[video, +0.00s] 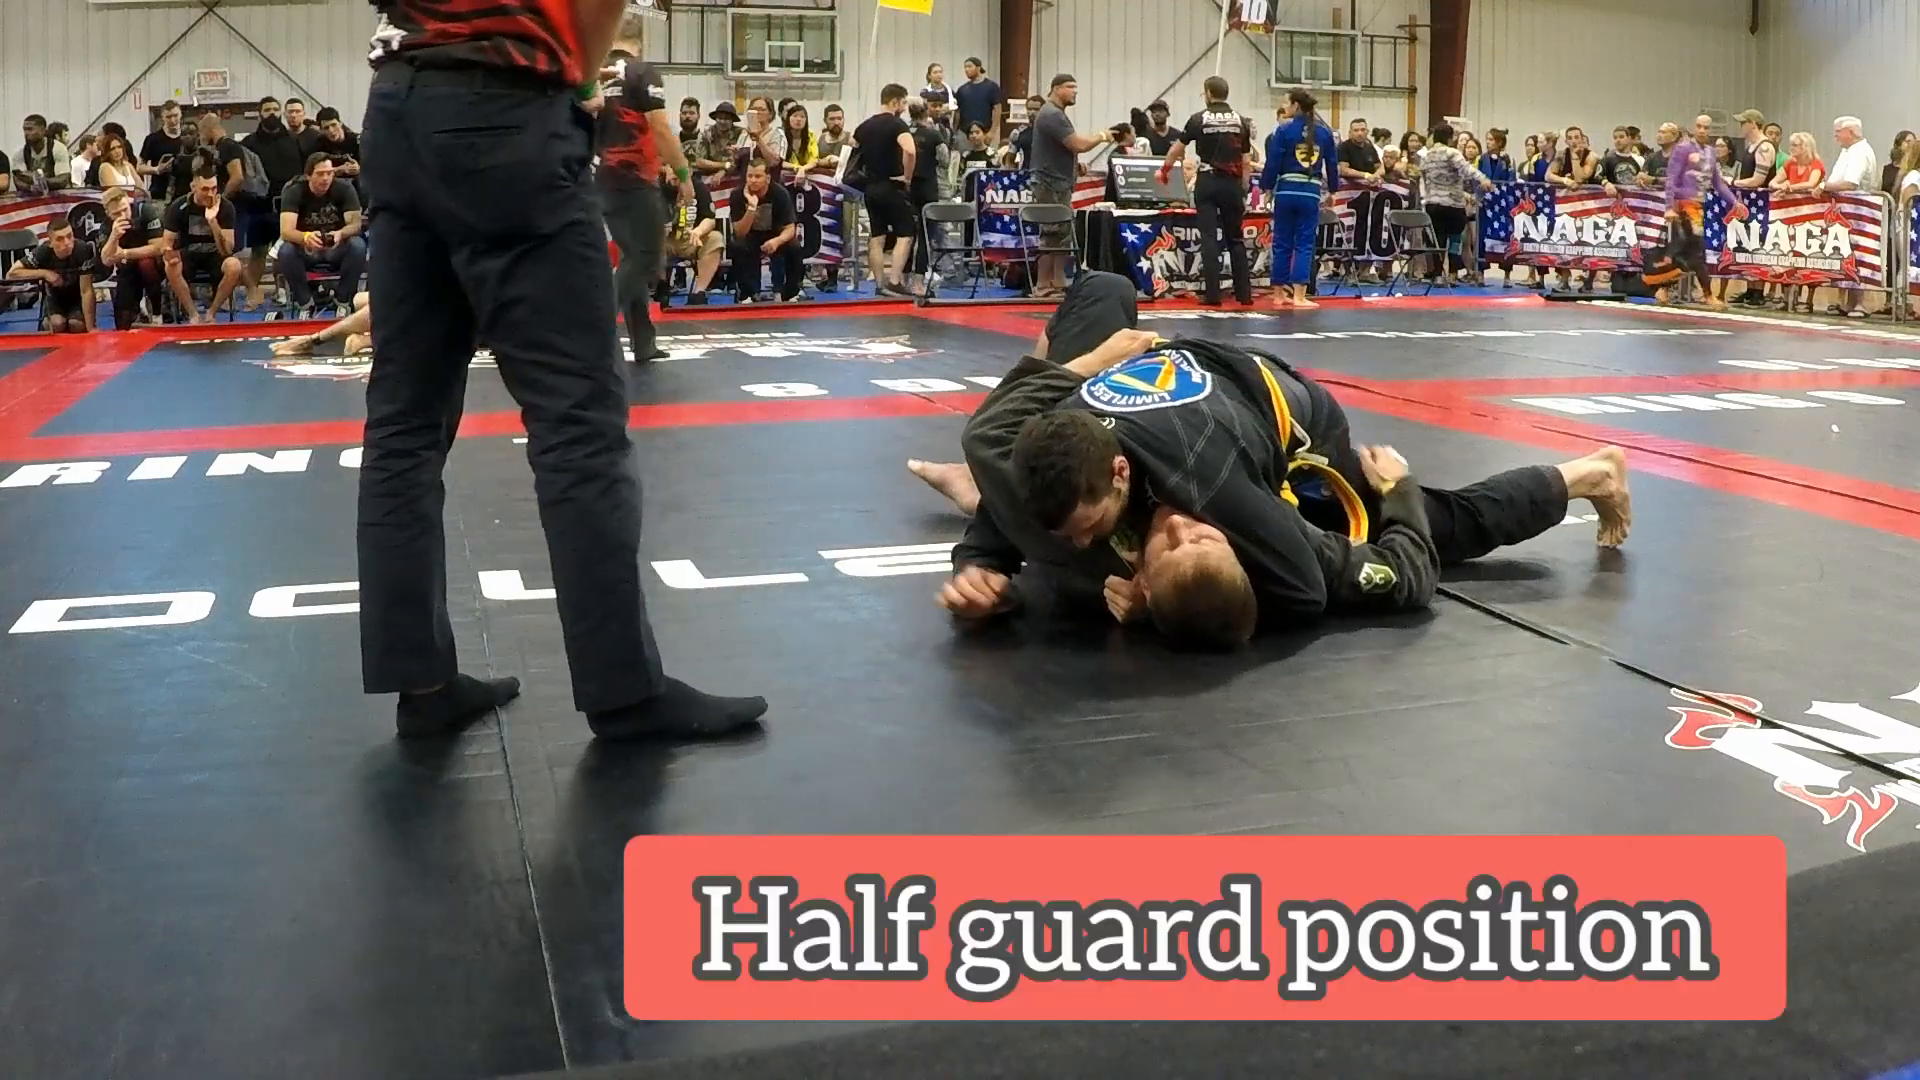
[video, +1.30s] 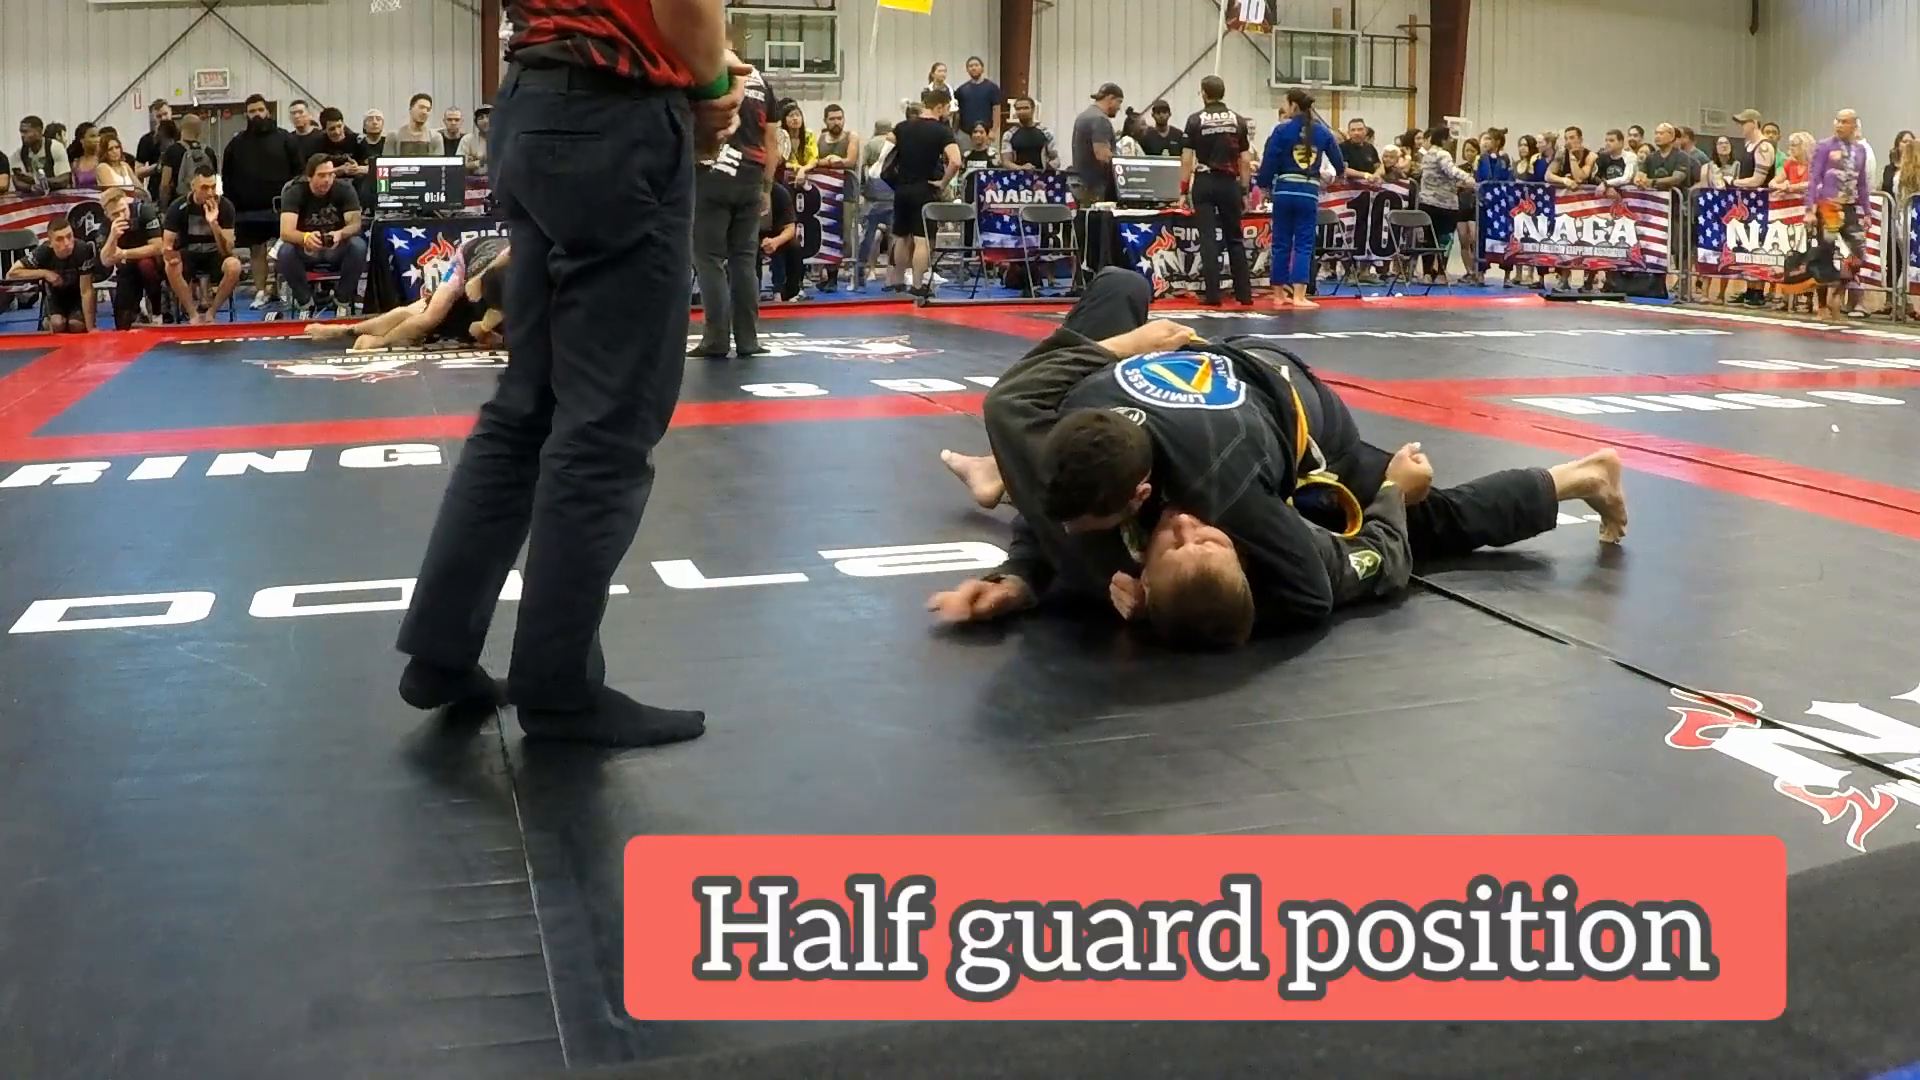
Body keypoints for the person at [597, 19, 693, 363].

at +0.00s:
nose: (645, 42)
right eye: (643, 37)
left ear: (612, 37)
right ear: (640, 39)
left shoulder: (596, 71)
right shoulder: (644, 72)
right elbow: (660, 128)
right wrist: (683, 173)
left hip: (605, 176)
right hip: (636, 179)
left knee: (634, 259)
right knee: (646, 259)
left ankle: (644, 345)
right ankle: (597, 321)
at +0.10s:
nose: (645, 49)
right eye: (648, 44)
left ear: (620, 41)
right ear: (649, 43)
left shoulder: (603, 78)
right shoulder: (654, 72)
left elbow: (593, 136)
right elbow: (673, 128)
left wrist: (593, 170)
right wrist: (691, 177)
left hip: (612, 181)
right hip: (648, 180)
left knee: (635, 255)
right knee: (674, 251)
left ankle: (642, 342)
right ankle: (633, 322)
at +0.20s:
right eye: (658, 41)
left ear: (631, 40)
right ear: (659, 41)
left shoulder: (610, 80)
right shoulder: (666, 72)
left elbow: (606, 137)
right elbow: (684, 127)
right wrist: (700, 177)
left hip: (624, 181)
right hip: (661, 178)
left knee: (639, 254)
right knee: (687, 251)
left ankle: (644, 343)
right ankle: (679, 333)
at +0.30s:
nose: (667, 49)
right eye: (668, 44)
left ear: (639, 44)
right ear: (669, 44)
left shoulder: (619, 80)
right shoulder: (679, 74)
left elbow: (613, 138)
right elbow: (698, 128)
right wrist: (714, 177)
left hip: (634, 186)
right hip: (674, 183)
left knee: (642, 259)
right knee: (699, 260)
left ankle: (643, 344)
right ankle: (720, 340)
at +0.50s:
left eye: (681, 42)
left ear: (674, 45)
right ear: (701, 45)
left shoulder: (651, 81)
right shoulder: (720, 78)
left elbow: (640, 140)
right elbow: (738, 135)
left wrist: (648, 177)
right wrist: (750, 180)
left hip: (663, 187)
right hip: (707, 187)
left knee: (661, 260)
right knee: (727, 262)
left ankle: (645, 340)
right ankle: (741, 341)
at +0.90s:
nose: (713, 47)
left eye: (713, 42)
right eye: (716, 42)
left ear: (718, 40)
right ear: (745, 40)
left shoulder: (704, 74)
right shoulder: (769, 79)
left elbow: (683, 126)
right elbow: (789, 137)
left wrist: (678, 175)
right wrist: (793, 185)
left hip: (706, 178)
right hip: (750, 180)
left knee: (694, 253)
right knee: (746, 257)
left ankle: (681, 330)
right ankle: (745, 342)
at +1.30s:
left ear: (715, 49)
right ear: (739, 48)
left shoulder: (706, 78)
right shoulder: (759, 81)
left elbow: (693, 133)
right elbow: (771, 141)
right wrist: (766, 185)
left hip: (711, 171)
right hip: (750, 171)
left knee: (709, 258)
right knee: (744, 255)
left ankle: (716, 339)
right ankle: (747, 339)